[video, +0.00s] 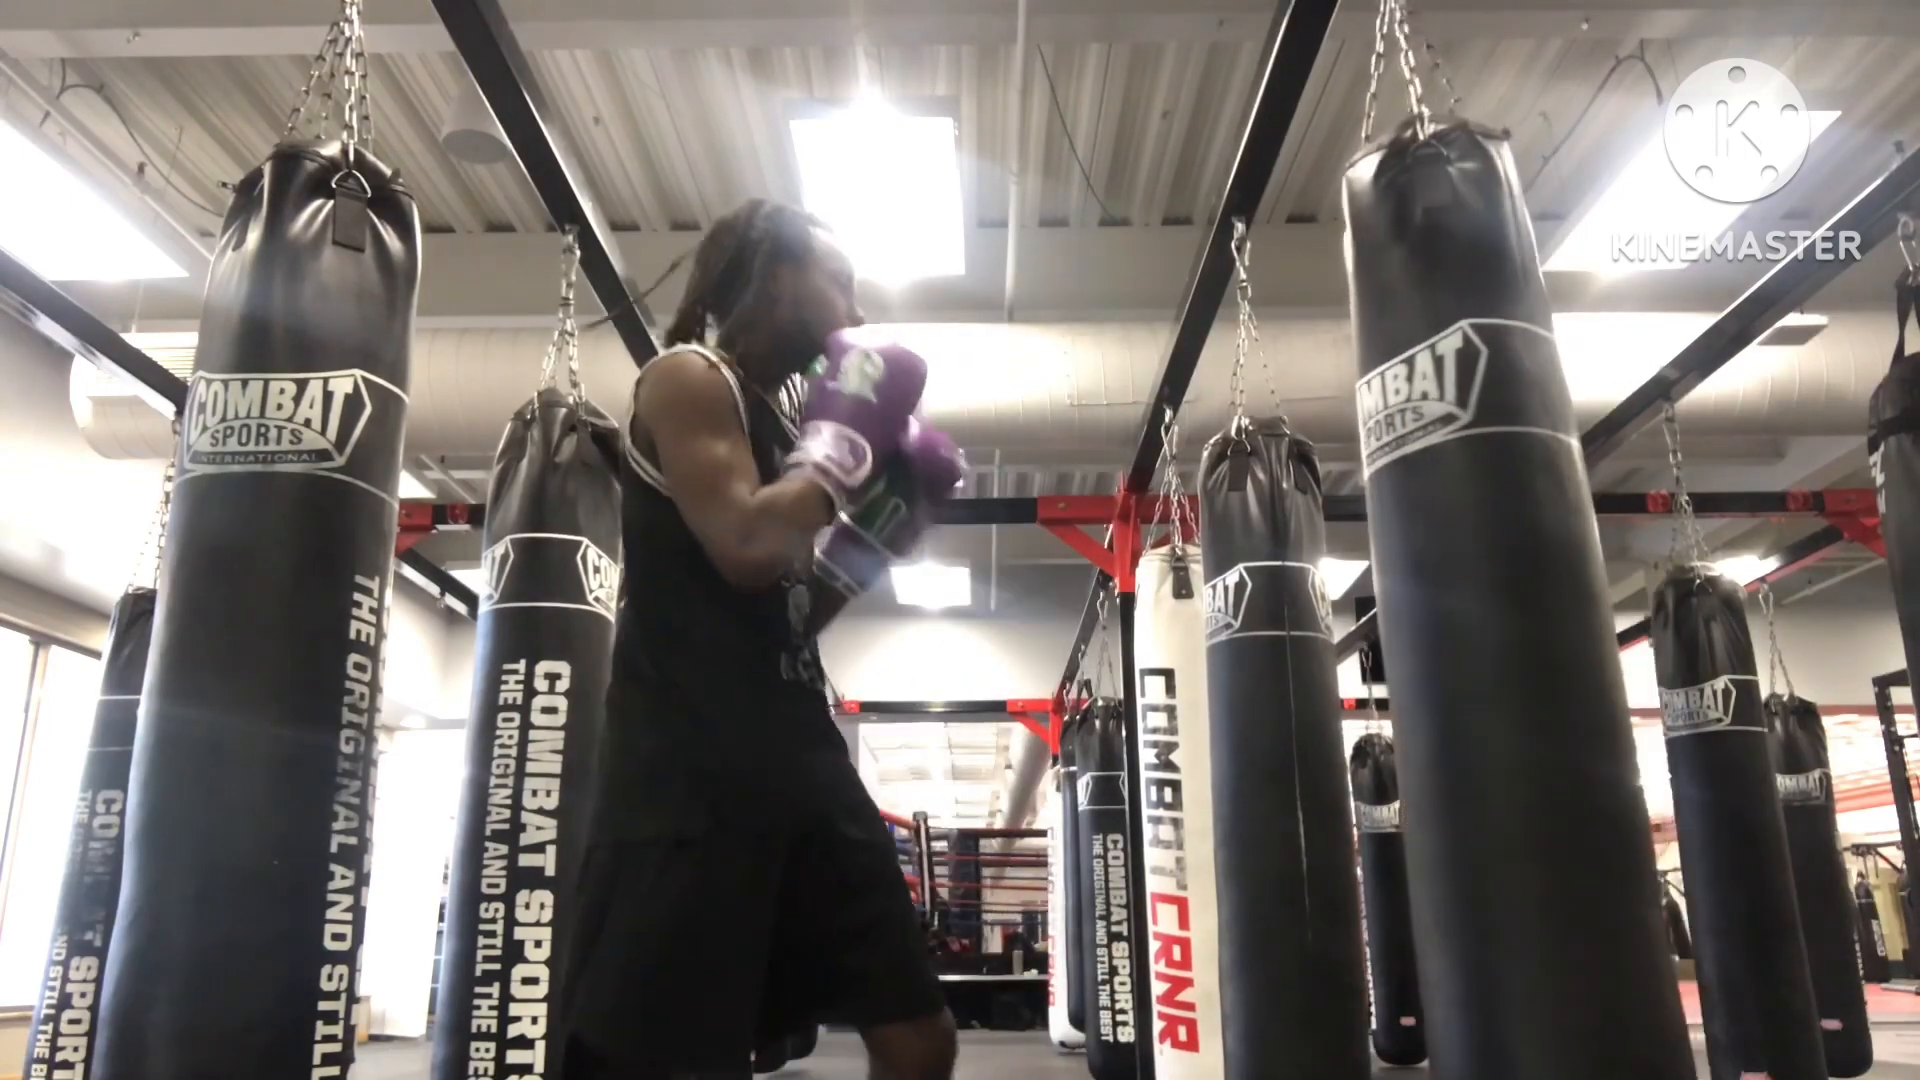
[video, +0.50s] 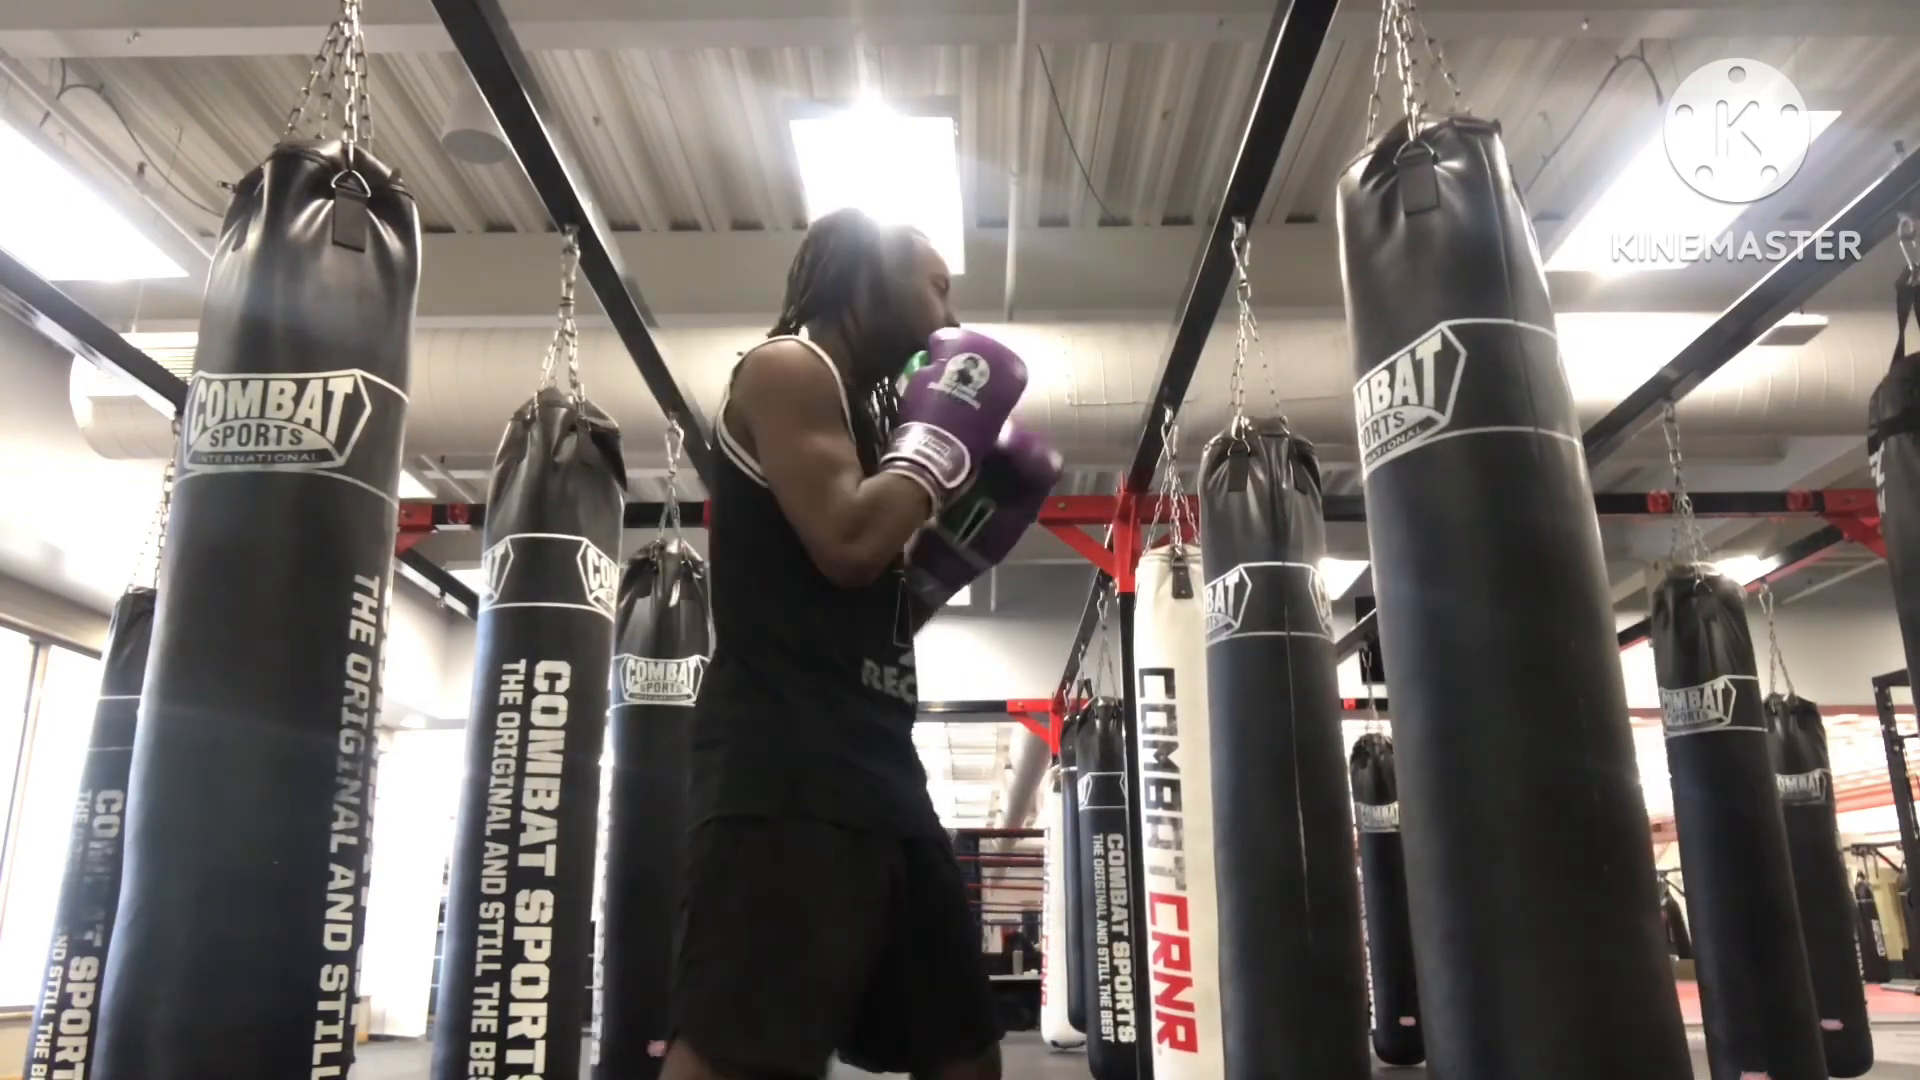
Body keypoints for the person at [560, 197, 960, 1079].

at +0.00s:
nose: (853, 308)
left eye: (851, 286)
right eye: (835, 279)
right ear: (768, 276)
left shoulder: (772, 418)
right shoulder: (686, 375)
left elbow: (789, 617)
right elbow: (746, 543)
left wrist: (890, 526)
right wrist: (843, 437)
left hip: (796, 760)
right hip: (695, 765)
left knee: (916, 1038)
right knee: (672, 1048)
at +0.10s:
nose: (878, 314)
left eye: (870, 291)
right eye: (856, 287)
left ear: (789, 303)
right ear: (791, 292)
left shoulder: (802, 433)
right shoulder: (699, 387)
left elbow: (806, 633)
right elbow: (738, 559)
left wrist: (916, 542)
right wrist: (864, 469)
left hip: (820, 779)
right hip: (710, 788)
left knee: (929, 1048)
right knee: (683, 1053)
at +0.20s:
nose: (902, 305)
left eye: (891, 281)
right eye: (877, 278)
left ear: (816, 296)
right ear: (821, 285)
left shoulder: (841, 428)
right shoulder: (727, 379)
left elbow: (844, 642)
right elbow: (742, 549)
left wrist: (927, 552)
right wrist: (884, 484)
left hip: (847, 770)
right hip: (733, 774)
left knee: (927, 1042)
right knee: (706, 1049)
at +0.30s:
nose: (931, 303)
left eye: (926, 283)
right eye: (913, 278)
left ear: (847, 292)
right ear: (849, 278)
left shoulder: (866, 429)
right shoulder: (755, 373)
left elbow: (906, 629)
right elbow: (766, 541)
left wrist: (962, 518)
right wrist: (900, 467)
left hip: (875, 772)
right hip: (774, 773)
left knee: (936, 1052)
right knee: (750, 1052)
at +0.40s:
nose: (946, 310)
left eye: (944, 289)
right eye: (930, 282)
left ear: (866, 291)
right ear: (862, 277)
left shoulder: (880, 420)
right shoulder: (776, 369)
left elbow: (890, 647)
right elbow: (821, 538)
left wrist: (958, 557)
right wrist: (926, 443)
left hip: (883, 770)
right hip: (780, 771)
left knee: (954, 1051)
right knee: (744, 1050)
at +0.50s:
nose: (950, 315)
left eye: (949, 293)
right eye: (936, 288)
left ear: (870, 293)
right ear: (869, 281)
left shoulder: (864, 410)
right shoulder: (787, 367)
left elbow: (873, 613)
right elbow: (848, 540)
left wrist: (969, 532)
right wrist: (944, 429)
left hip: (876, 772)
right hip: (783, 771)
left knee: (960, 1047)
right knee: (728, 1046)